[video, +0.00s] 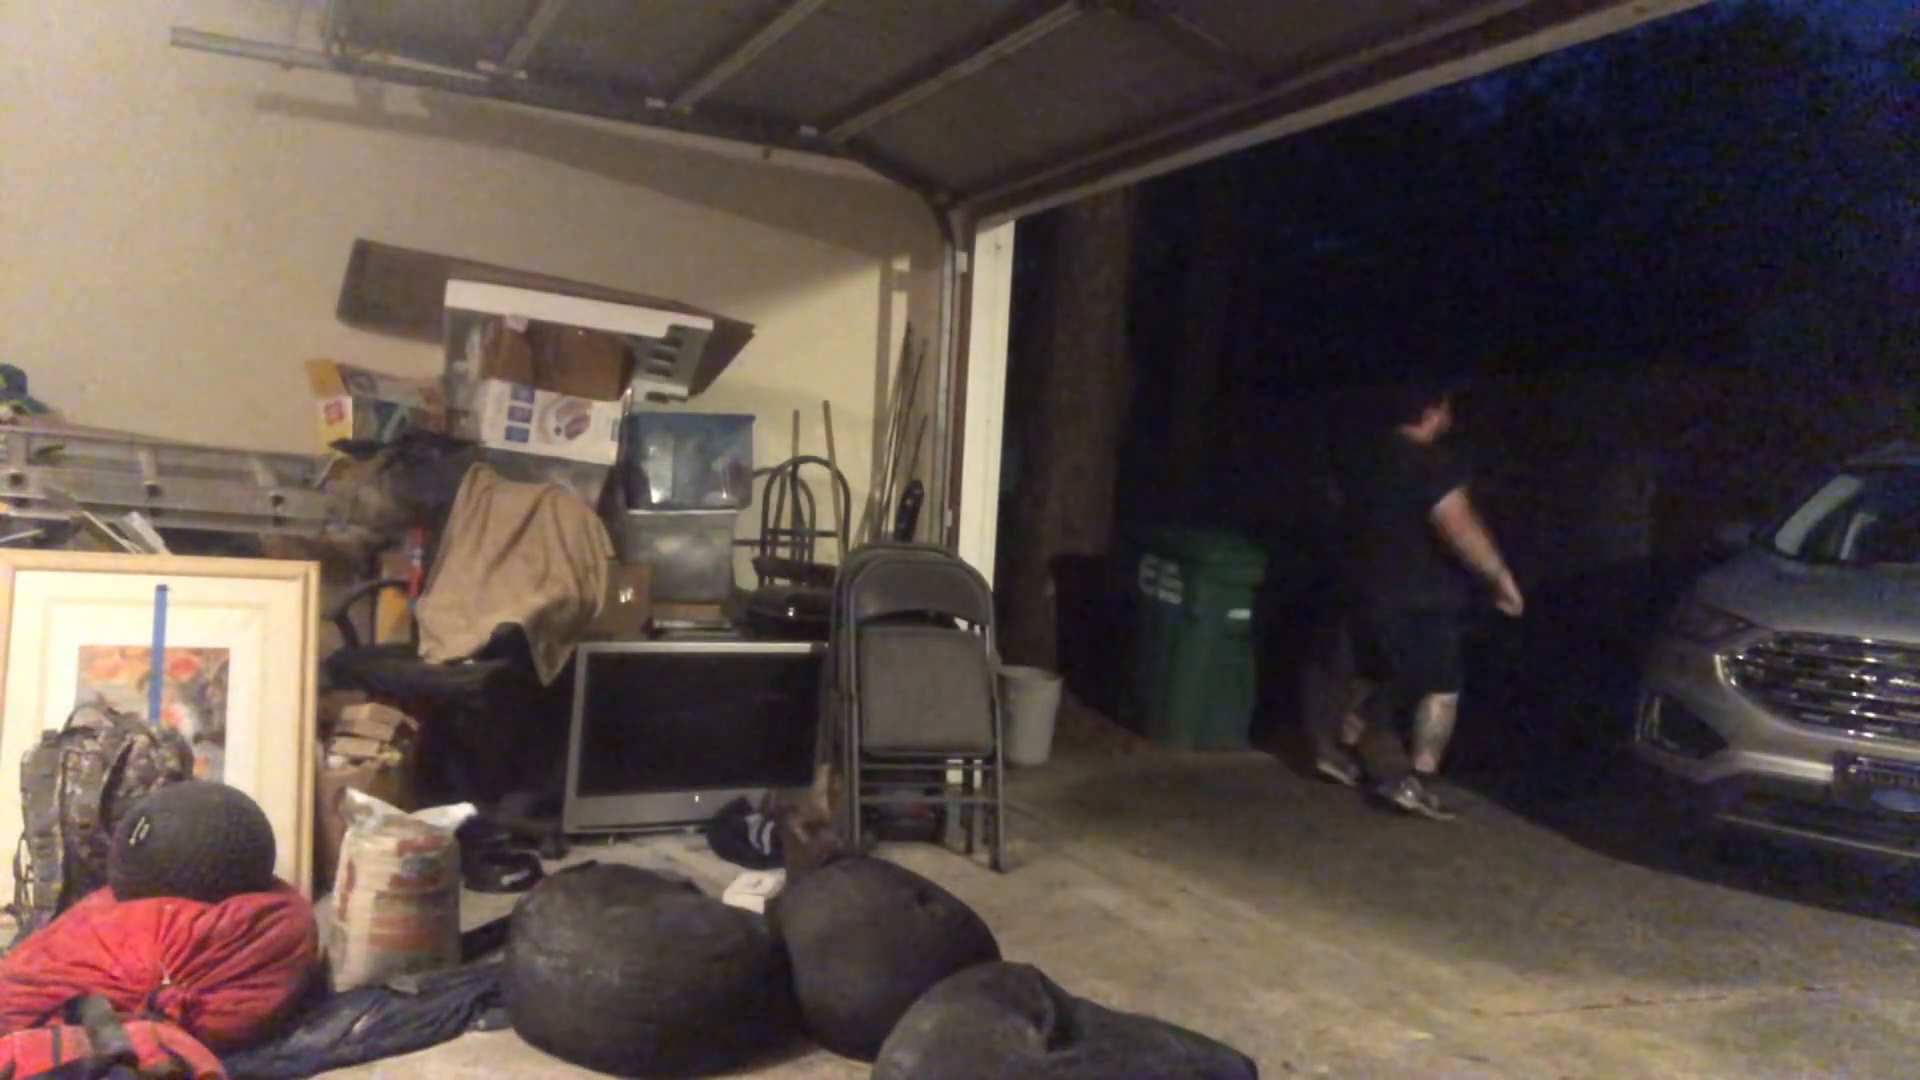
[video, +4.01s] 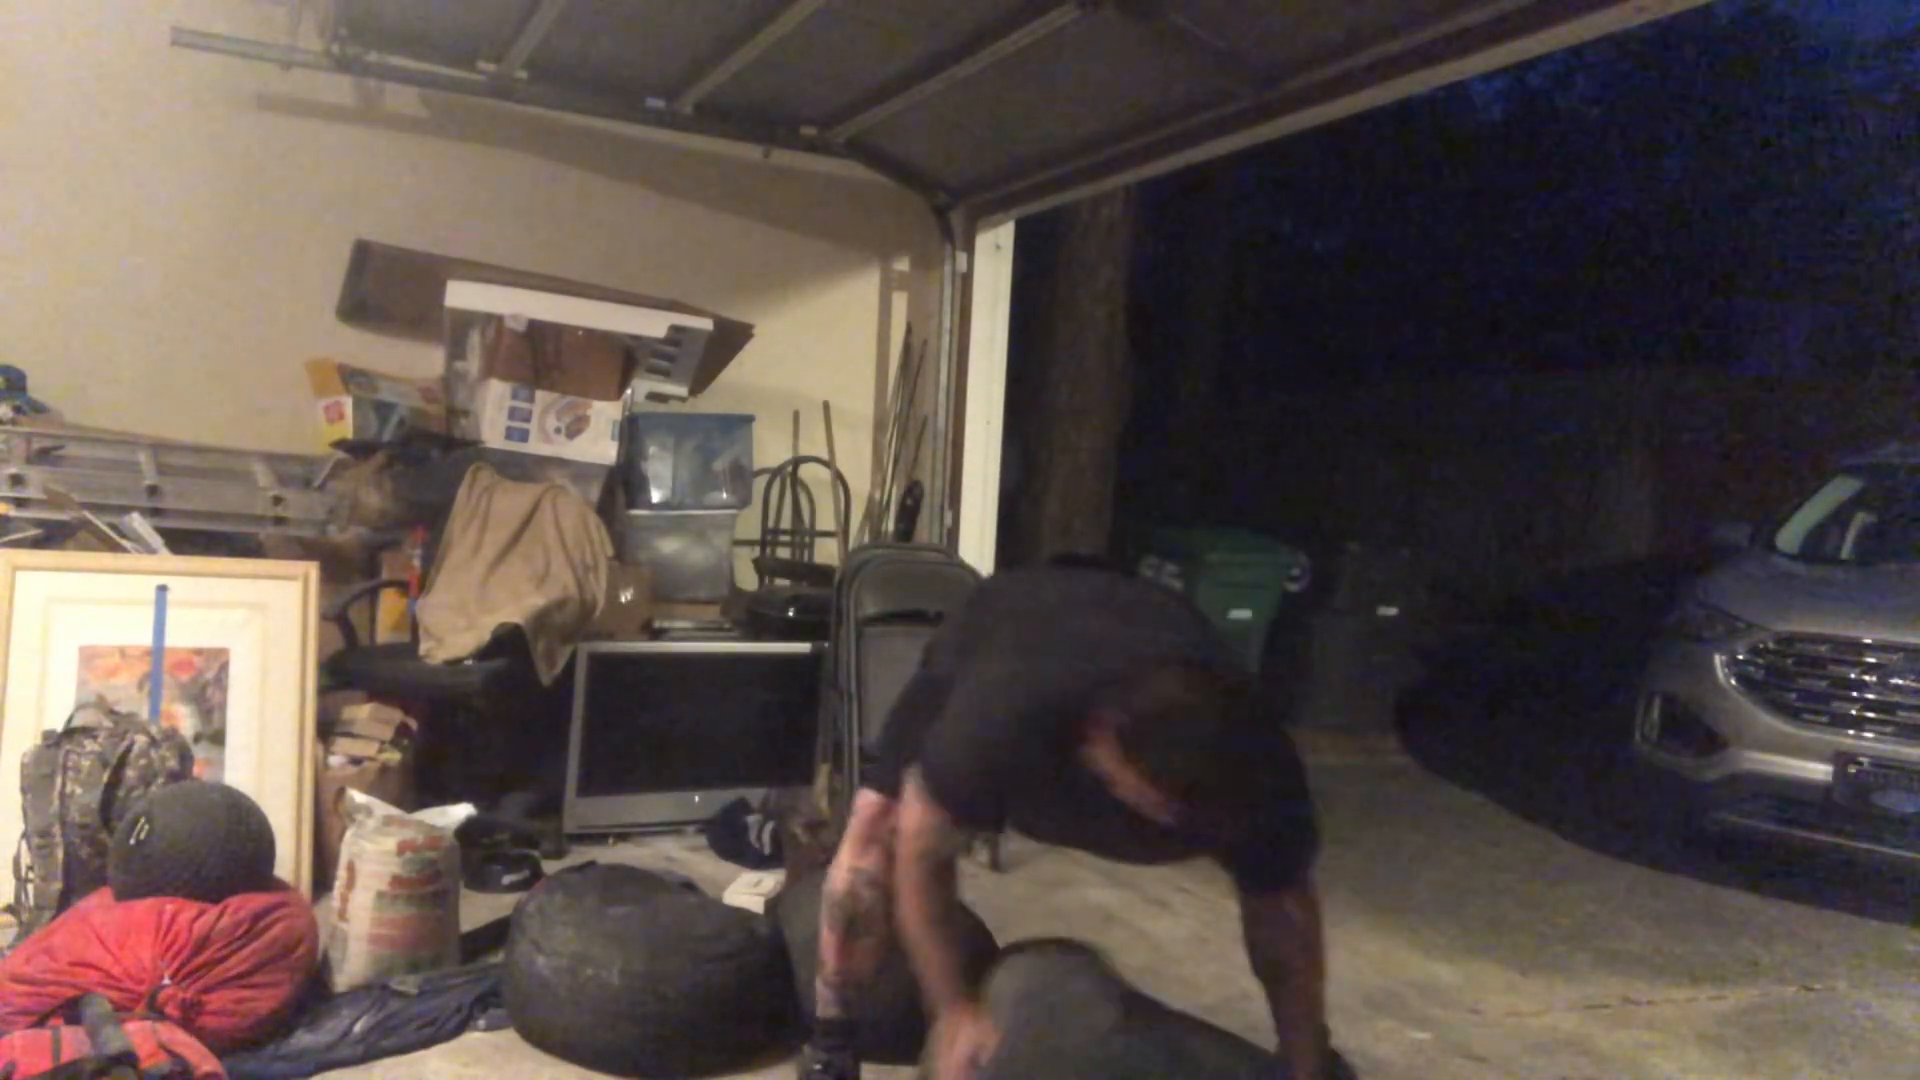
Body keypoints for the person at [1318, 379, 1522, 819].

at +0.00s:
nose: (1446, 421)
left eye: (1445, 412)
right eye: (1443, 412)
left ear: (1399, 412)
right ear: (1428, 415)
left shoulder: (1369, 455)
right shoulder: (1431, 465)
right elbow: (1462, 530)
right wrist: (1500, 576)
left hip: (1371, 587)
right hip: (1421, 592)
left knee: (1373, 672)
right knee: (1442, 685)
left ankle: (1341, 748)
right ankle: (1421, 780)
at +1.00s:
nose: (1309, 404)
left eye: (1319, 395)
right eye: (1300, 395)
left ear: (1336, 399)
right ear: (1287, 400)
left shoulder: (1365, 448)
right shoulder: (1259, 450)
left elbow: (1407, 505)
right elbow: (1219, 514)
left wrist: (1385, 559)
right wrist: (1231, 573)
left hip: (1341, 592)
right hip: (1277, 592)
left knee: (1334, 690)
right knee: (1279, 692)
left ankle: (1326, 793)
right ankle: (1279, 777)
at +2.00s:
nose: (1239, 339)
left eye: (1253, 326)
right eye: (1228, 326)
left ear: (1276, 330)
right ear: (1209, 329)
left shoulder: (1316, 395)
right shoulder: (1166, 392)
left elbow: (1370, 480)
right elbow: (1110, 470)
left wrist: (1352, 571)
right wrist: (1087, 555)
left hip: (1276, 602)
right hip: (1181, 595)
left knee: (1265, 745)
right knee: (1186, 735)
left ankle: (1250, 855)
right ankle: (1193, 866)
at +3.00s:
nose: (1162, 468)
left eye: (1181, 449)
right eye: (1144, 446)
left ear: (1204, 426)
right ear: (1098, 408)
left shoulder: (1222, 476)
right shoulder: (1020, 463)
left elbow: (1296, 596)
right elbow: (901, 592)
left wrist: (1282, 741)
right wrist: (883, 763)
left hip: (1154, 699)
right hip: (1008, 703)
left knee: (1254, 824)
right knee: (926, 859)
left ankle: (1259, 1009)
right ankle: (854, 1038)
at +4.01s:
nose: (1171, 823)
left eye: (1190, 813)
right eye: (1154, 804)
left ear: (1225, 770)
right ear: (1104, 744)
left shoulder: (1253, 758)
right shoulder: (1004, 709)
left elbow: (1285, 910)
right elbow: (915, 852)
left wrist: (1303, 1057)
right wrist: (952, 1009)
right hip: (988, 648)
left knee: (1273, 882)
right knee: (858, 880)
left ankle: (1310, 1052)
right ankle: (831, 1049)